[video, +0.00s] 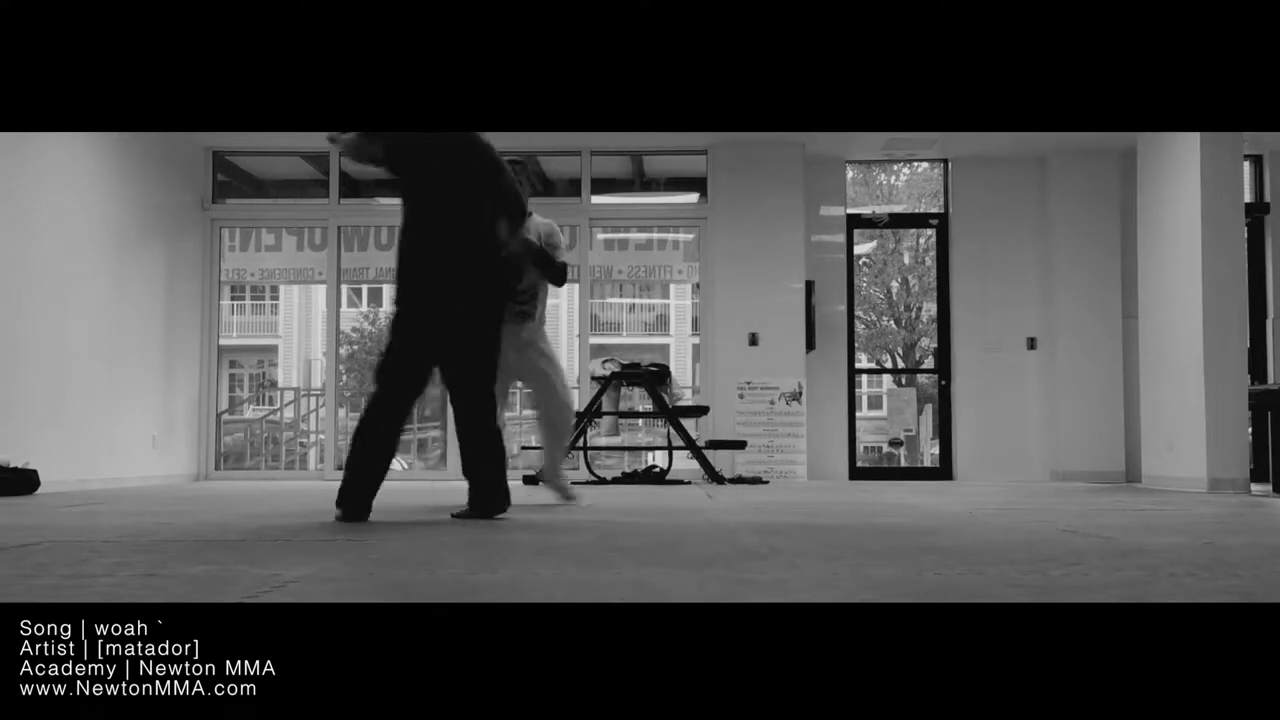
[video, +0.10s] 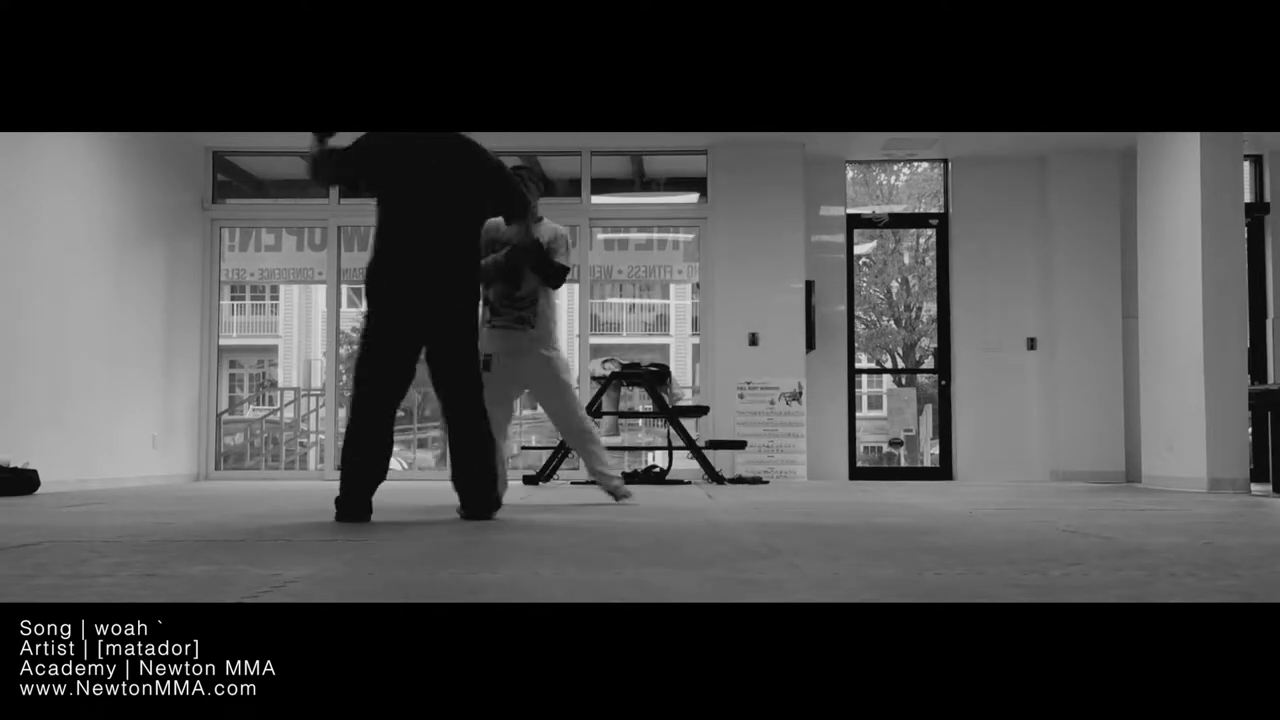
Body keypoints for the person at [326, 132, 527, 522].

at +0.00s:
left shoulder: (416, 146)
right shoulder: (481, 151)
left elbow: (356, 148)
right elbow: (516, 208)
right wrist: (496, 250)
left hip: (424, 299)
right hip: (475, 298)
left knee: (391, 398)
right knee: (474, 400)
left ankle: (354, 503)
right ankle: (489, 499)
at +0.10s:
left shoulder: (386, 145)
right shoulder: (471, 153)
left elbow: (325, 171)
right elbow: (519, 210)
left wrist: (322, 143)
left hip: (395, 293)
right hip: (454, 294)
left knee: (374, 399)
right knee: (464, 398)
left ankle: (354, 504)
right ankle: (479, 502)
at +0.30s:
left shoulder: (372, 144)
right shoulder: (456, 145)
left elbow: (349, 197)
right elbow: (508, 201)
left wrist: (353, 159)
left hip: (365, 282)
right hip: (427, 282)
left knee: (360, 398)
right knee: (435, 396)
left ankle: (352, 505)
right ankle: (427, 497)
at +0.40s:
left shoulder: (371, 143)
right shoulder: (442, 142)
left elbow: (358, 186)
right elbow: (493, 201)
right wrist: (478, 175)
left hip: (358, 280)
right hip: (415, 281)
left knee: (357, 393)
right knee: (417, 392)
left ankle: (352, 504)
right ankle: (410, 501)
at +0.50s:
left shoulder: (372, 143)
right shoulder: (436, 142)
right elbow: (477, 201)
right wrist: (478, 183)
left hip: (357, 283)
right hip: (412, 286)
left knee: (360, 391)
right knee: (414, 393)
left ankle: (352, 503)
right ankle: (406, 500)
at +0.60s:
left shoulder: (375, 144)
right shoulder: (431, 144)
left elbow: (438, 185)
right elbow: (468, 208)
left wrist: (499, 197)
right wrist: (470, 188)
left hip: (360, 287)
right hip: (409, 289)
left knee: (377, 396)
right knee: (416, 394)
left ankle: (350, 498)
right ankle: (406, 501)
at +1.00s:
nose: (432, 137)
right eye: (432, 135)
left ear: (390, 127)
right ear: (426, 132)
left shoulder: (364, 149)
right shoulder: (421, 160)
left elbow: (412, 174)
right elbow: (456, 233)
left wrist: (467, 163)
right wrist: (440, 189)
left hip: (351, 295)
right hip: (402, 300)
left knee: (342, 392)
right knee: (408, 396)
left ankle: (330, 493)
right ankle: (406, 501)